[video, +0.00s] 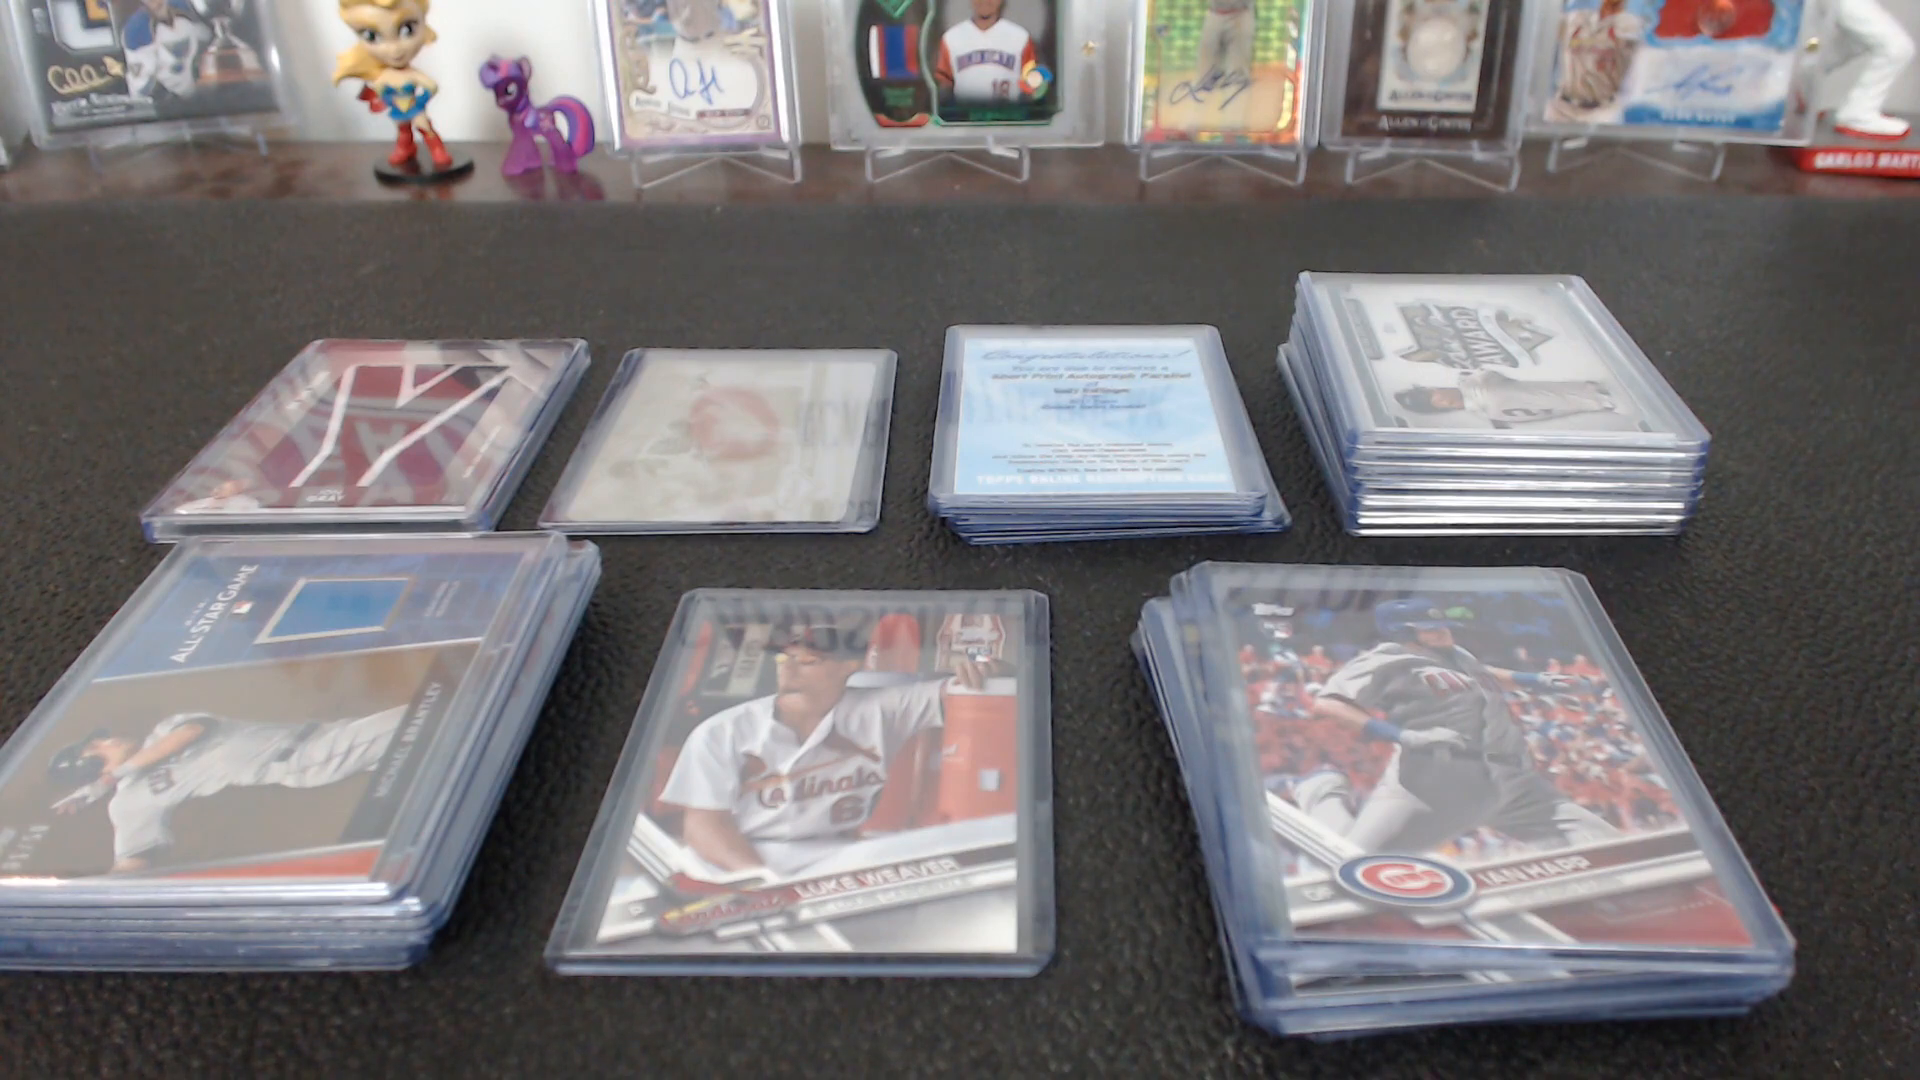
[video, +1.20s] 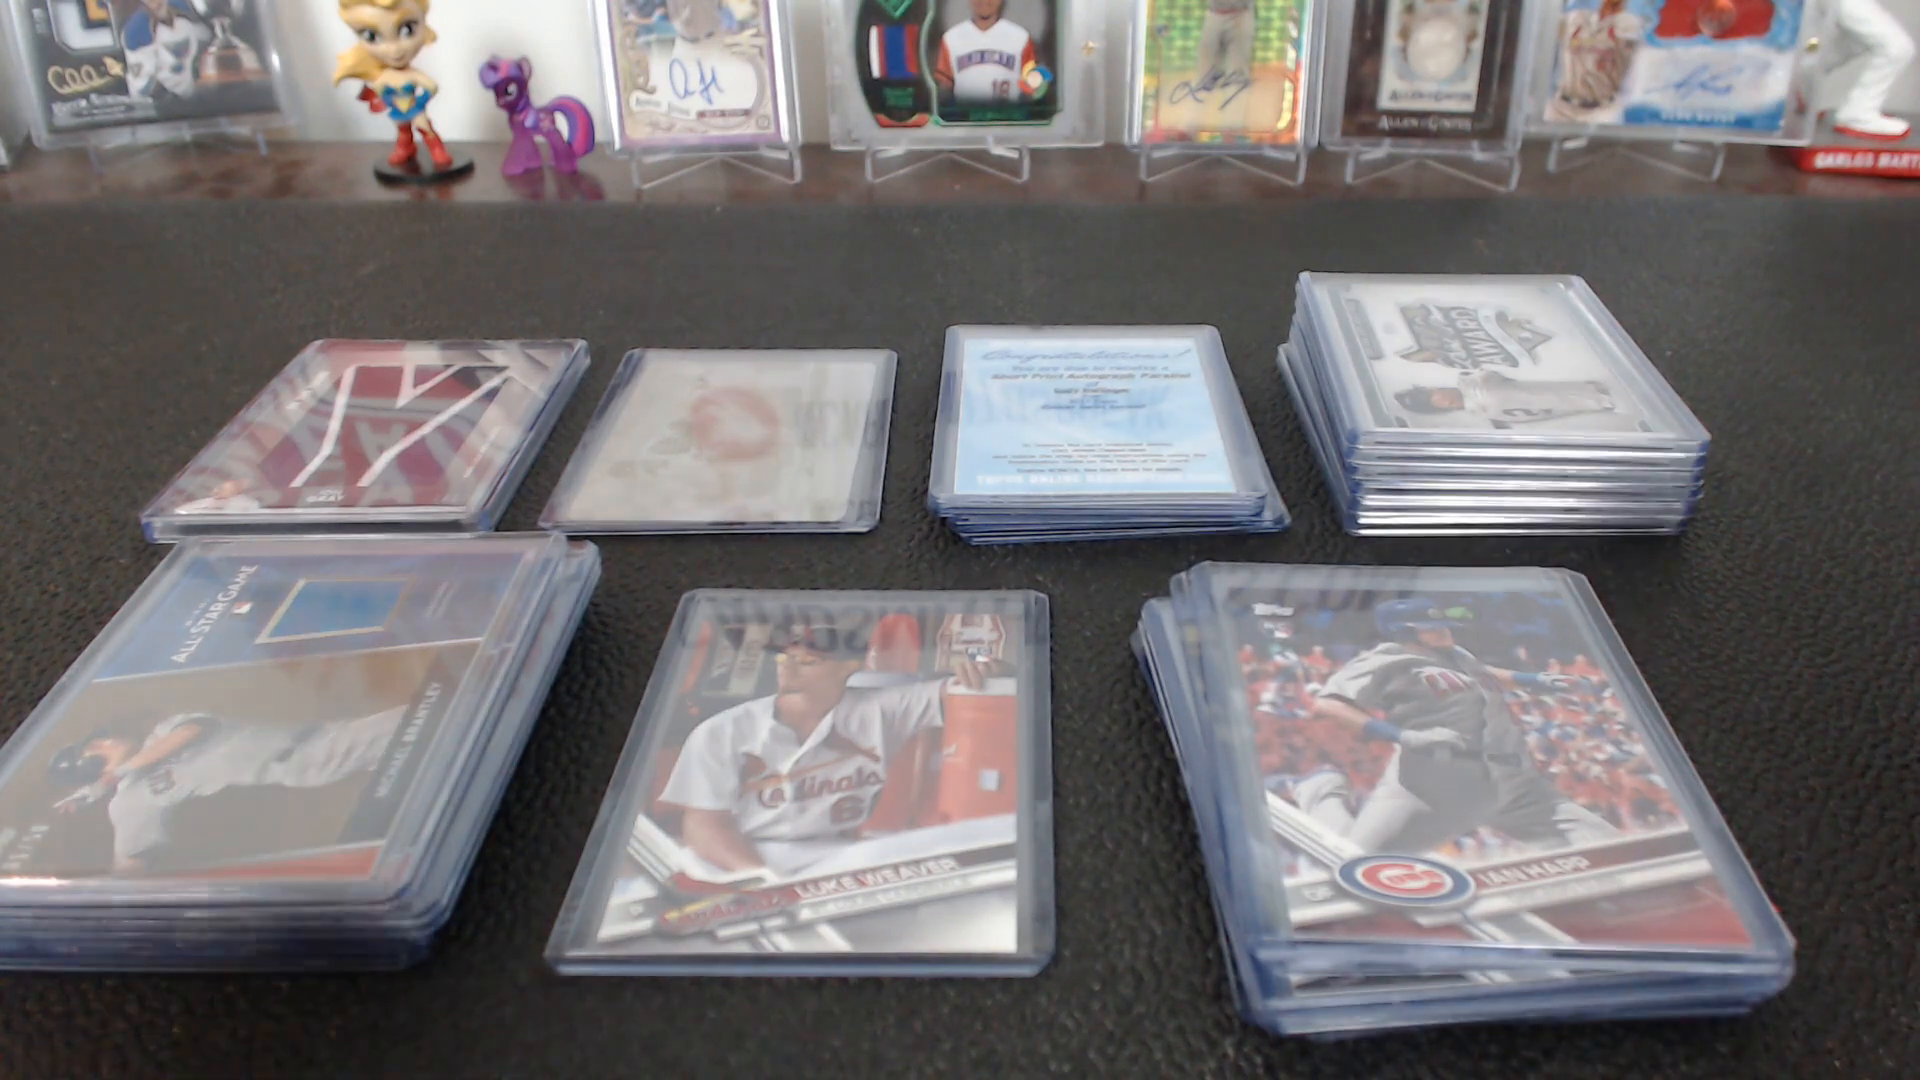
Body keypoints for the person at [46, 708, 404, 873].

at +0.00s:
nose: (113, 740)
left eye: (103, 739)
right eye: (103, 746)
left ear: (109, 741)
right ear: (101, 769)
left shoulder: (161, 729)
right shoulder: (131, 798)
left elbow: (192, 732)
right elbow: (130, 869)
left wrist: (116, 775)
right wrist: (88, 901)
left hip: (311, 732)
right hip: (299, 760)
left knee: (416, 721)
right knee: (414, 717)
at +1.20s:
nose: (109, 751)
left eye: (98, 747)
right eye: (99, 760)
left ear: (108, 736)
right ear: (100, 776)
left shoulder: (160, 727)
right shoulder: (131, 801)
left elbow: (191, 733)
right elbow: (128, 872)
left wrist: (117, 775)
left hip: (305, 735)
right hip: (291, 768)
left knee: (412, 719)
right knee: (408, 721)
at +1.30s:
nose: (104, 771)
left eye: (98, 758)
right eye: (94, 774)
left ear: (112, 741)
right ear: (96, 786)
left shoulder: (161, 731)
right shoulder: (130, 802)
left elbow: (193, 732)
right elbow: (130, 871)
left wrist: (124, 770)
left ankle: (418, 715)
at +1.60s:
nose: (115, 741)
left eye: (106, 739)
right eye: (104, 744)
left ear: (109, 742)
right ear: (100, 764)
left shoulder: (163, 727)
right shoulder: (129, 802)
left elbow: (196, 731)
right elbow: (129, 872)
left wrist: (115, 777)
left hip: (294, 736)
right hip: (277, 774)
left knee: (407, 721)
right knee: (399, 726)